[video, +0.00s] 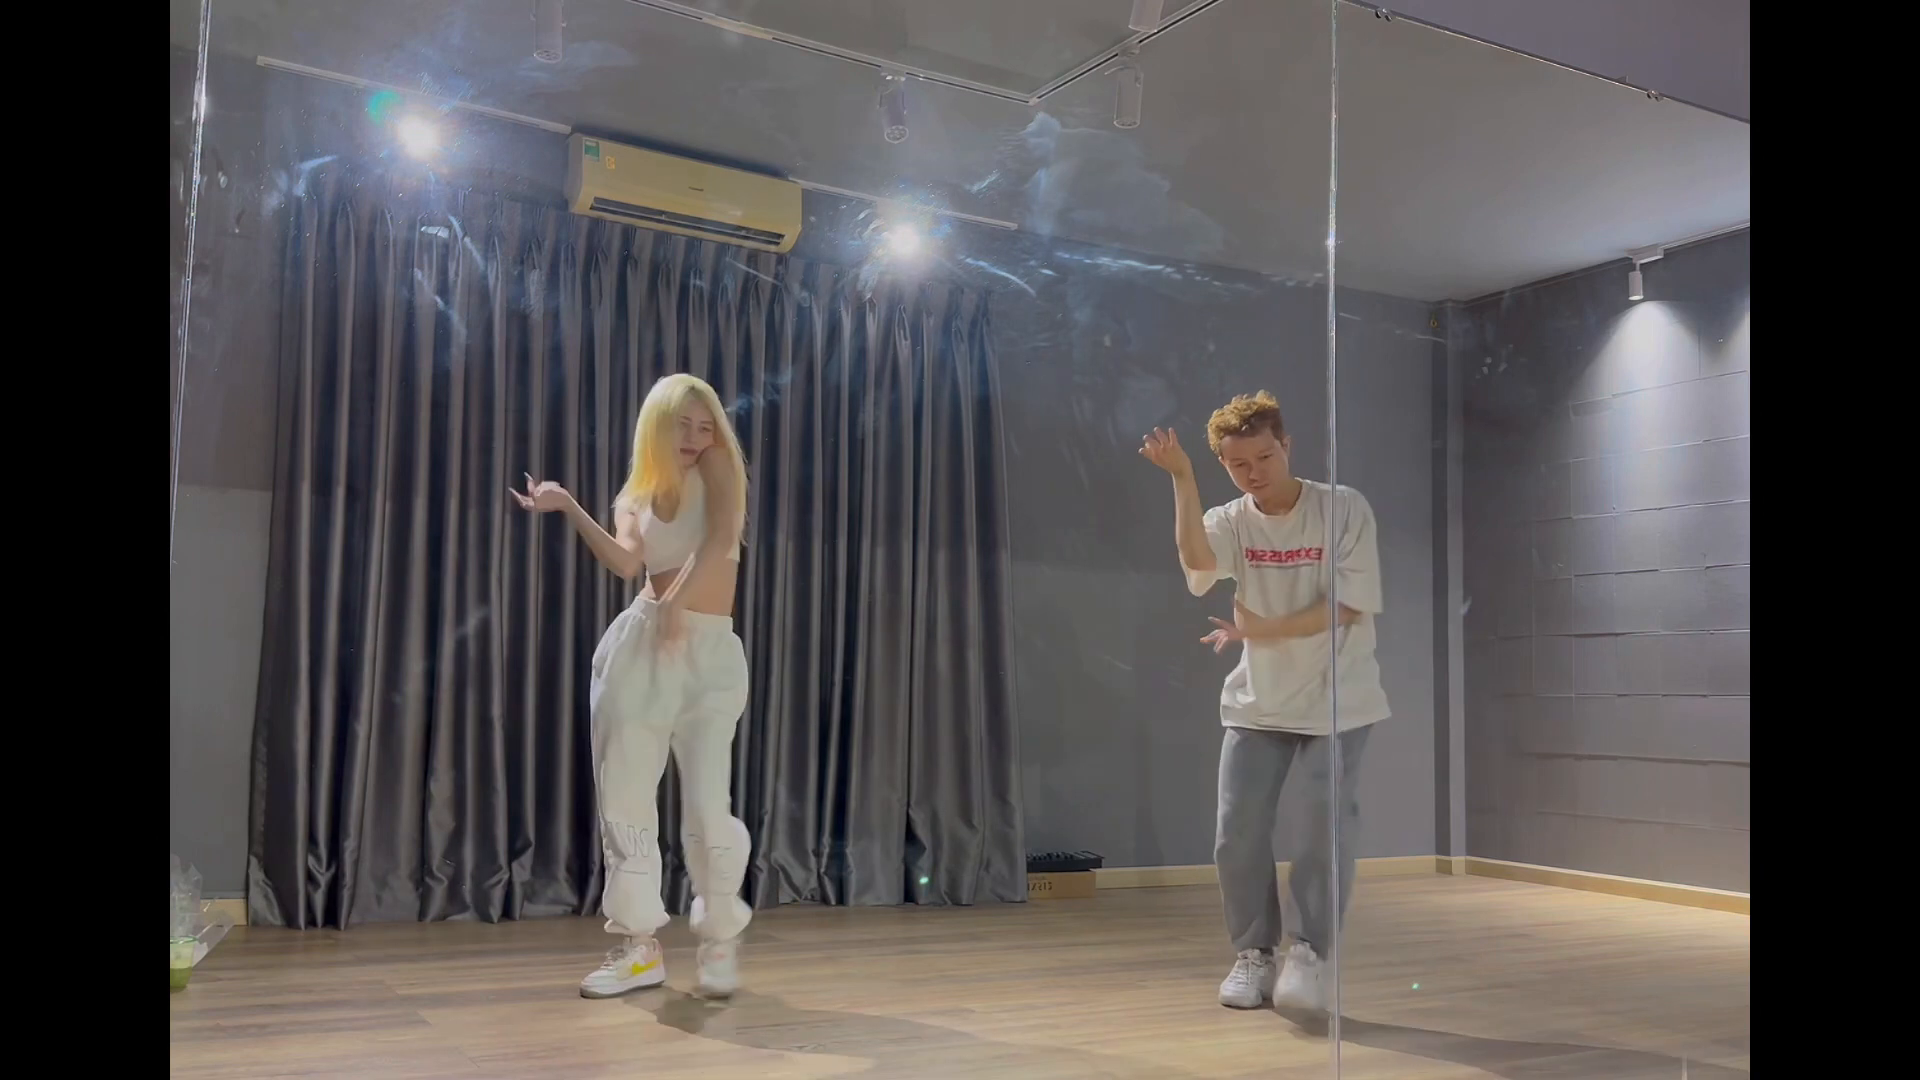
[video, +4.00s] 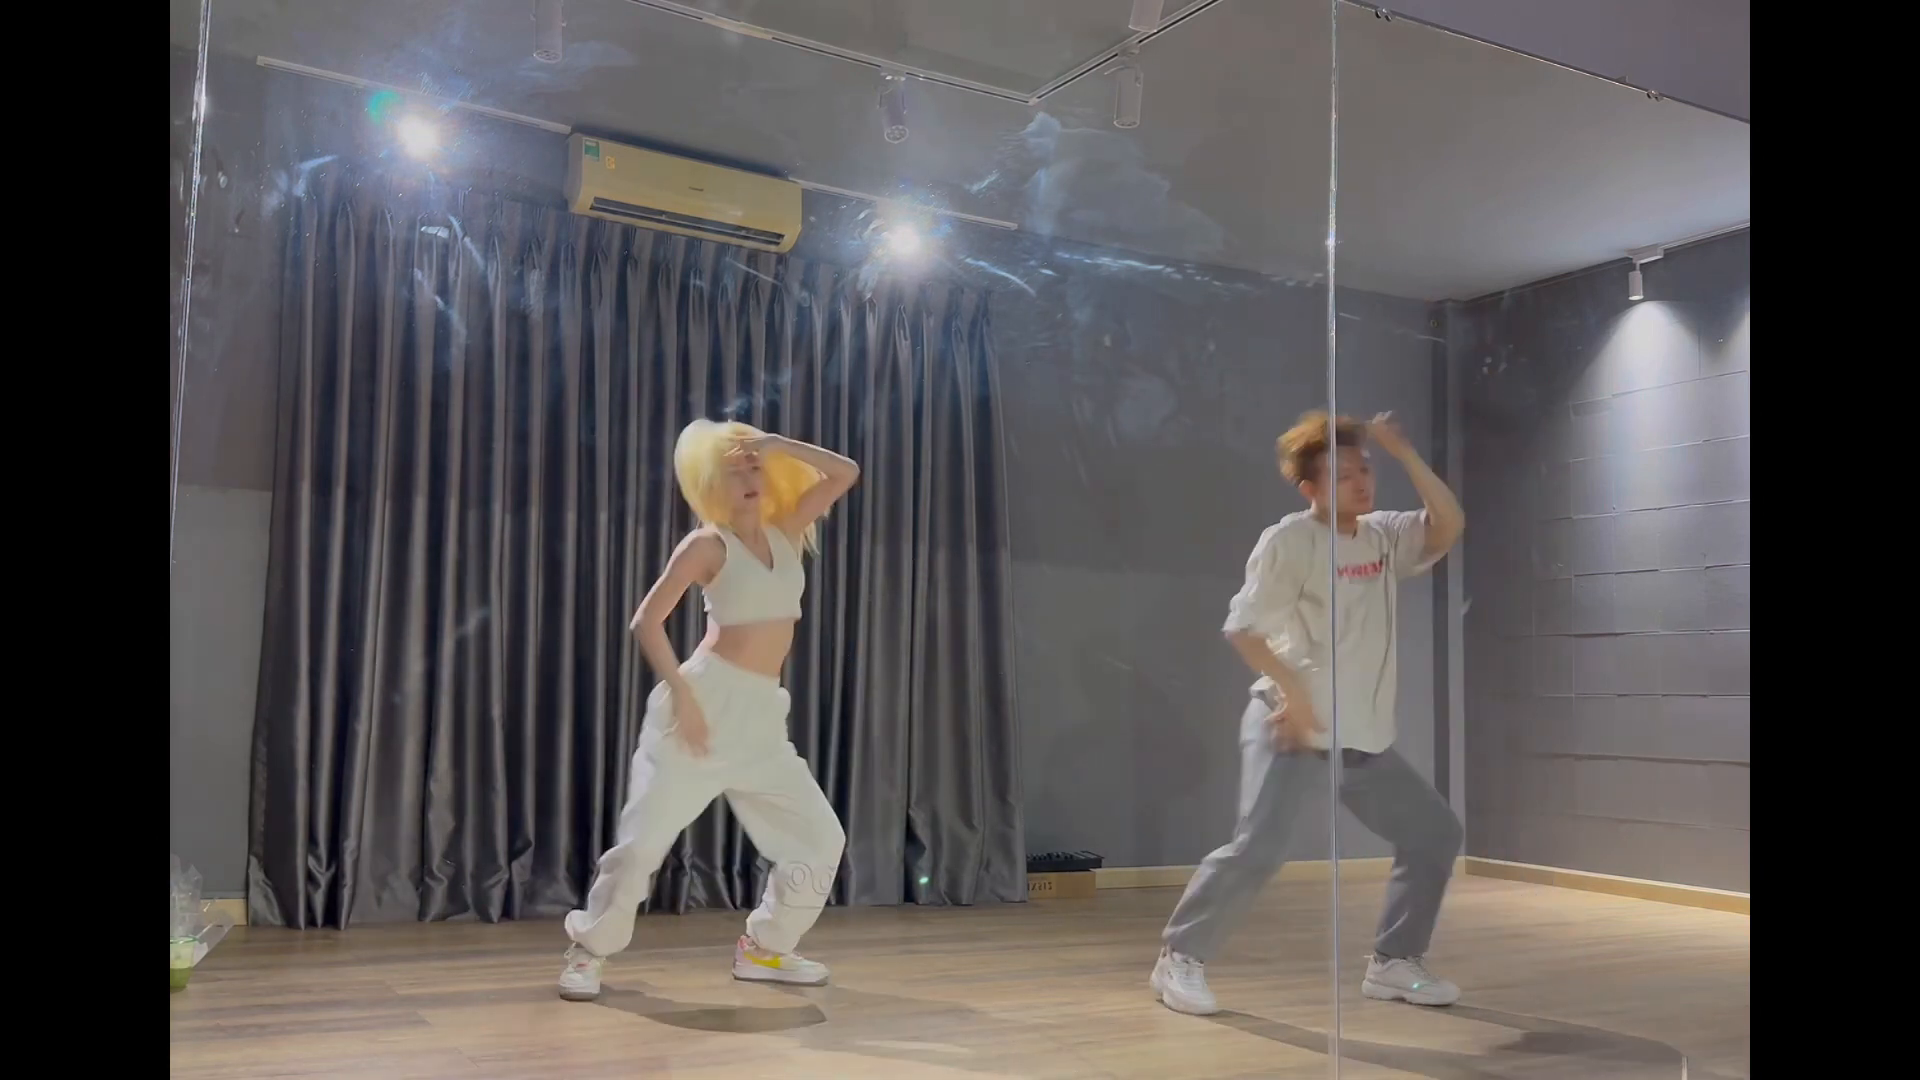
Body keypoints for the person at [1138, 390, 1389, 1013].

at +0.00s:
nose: (1249, 475)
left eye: (1259, 459)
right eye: (1236, 464)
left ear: (1285, 447)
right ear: (1224, 464)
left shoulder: (1345, 510)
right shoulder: (1230, 520)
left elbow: (1351, 608)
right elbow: (1197, 566)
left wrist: (1259, 629)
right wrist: (1183, 476)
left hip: (1339, 700)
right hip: (1259, 700)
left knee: (1320, 825)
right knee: (1237, 827)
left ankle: (1310, 957)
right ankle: (1254, 955)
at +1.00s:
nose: (1353, 475)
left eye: (1361, 464)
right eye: (1339, 463)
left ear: (1371, 469)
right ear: (1308, 469)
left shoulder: (1382, 540)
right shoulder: (1275, 526)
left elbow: (1437, 561)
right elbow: (1331, 575)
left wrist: (1433, 479)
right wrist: (1422, 589)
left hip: (1386, 713)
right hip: (1296, 712)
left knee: (1418, 838)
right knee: (1221, 791)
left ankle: (1401, 959)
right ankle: (1238, 942)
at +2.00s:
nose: (1335, 482)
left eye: (1343, 473)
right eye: (1323, 468)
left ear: (1348, 477)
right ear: (1286, 465)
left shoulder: (1327, 524)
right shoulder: (1265, 529)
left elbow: (1385, 488)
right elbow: (1340, 598)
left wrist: (1380, 485)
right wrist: (1402, 607)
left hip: (1365, 716)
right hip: (1298, 725)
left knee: (1444, 844)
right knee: (1253, 851)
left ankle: (1387, 962)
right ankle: (1166, 956)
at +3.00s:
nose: (1445, 430)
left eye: (1448, 421)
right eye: (1429, 422)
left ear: (1455, 441)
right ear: (1401, 447)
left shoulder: (1472, 528)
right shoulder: (1393, 510)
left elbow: (1540, 537)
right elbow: (1449, 513)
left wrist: (1494, 460)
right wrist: (1446, 443)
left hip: (1477, 712)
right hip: (1421, 712)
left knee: (1467, 853)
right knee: (1497, 835)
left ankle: (1389, 970)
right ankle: (1552, 986)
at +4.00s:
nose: (1362, 484)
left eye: (1366, 471)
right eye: (1344, 475)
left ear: (1373, 473)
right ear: (1309, 489)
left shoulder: (1386, 536)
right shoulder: (1287, 543)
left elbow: (1448, 525)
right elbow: (1243, 630)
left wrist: (1405, 453)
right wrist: (1293, 688)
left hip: (1363, 736)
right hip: (1292, 728)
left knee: (1435, 832)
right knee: (1260, 847)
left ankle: (1393, 963)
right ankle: (1179, 960)